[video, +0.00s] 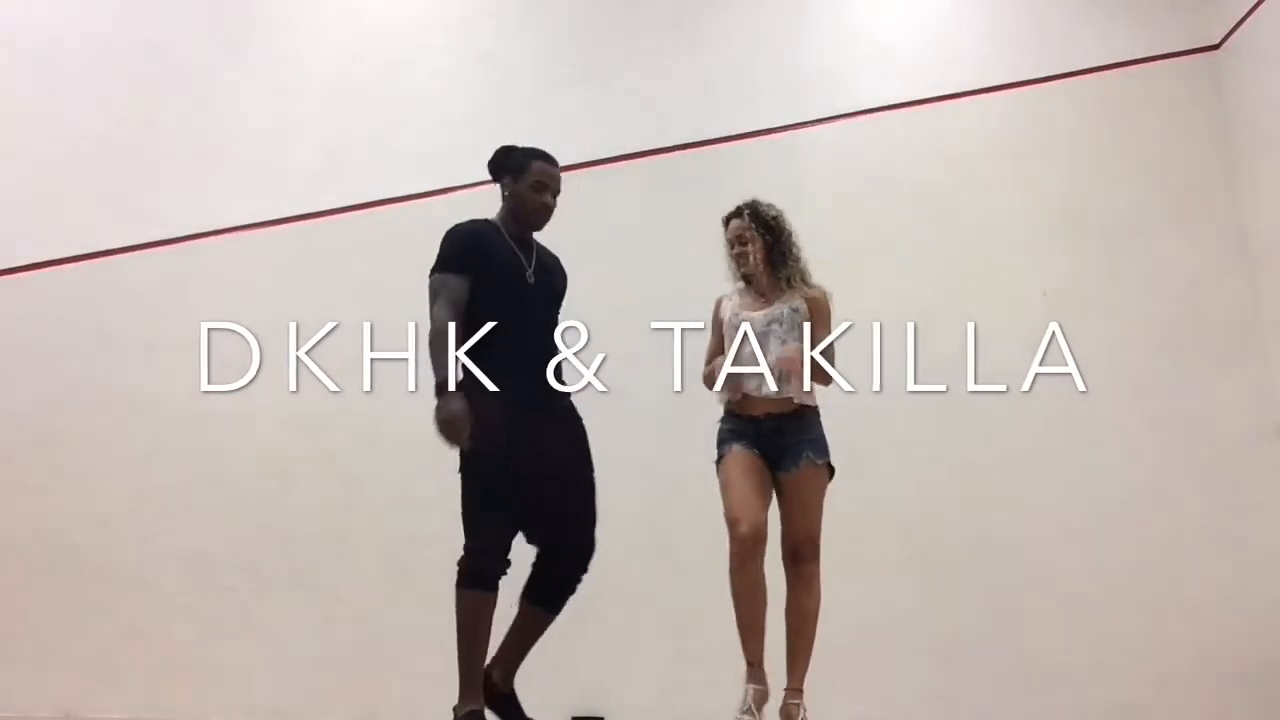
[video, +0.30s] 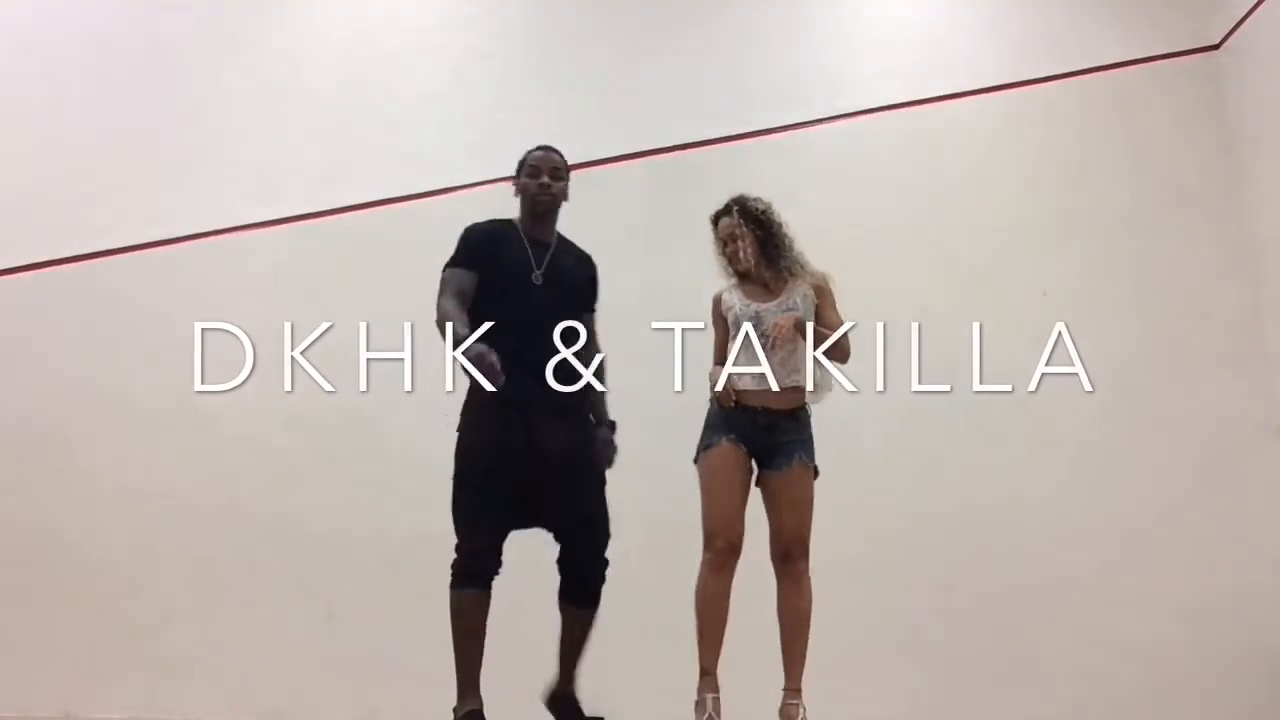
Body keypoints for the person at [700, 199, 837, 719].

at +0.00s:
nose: (740, 250)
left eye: (747, 240)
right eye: (734, 243)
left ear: (771, 240)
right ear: (729, 250)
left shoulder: (810, 300)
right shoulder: (726, 305)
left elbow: (827, 375)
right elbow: (708, 376)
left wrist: (801, 365)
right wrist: (727, 369)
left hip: (798, 430)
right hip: (740, 431)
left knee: (801, 556)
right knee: (745, 533)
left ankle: (794, 695)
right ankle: (755, 678)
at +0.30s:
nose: (734, 247)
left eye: (740, 236)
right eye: (726, 241)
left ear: (764, 233)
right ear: (722, 249)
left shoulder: (810, 286)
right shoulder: (725, 300)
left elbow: (841, 353)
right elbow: (718, 369)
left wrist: (803, 332)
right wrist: (717, 401)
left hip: (789, 428)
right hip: (728, 425)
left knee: (790, 556)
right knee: (720, 550)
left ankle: (793, 693)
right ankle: (707, 683)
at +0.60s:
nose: (721, 246)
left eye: (727, 235)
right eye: (712, 240)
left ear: (750, 233)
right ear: (706, 248)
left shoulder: (793, 294)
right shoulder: (706, 299)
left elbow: (821, 359)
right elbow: (687, 368)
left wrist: (798, 344)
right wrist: (700, 371)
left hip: (767, 433)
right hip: (707, 428)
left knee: (777, 554)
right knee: (703, 551)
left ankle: (777, 694)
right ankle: (705, 691)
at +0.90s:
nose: (728, 234)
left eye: (737, 224)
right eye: (719, 226)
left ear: (756, 228)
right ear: (710, 234)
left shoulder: (781, 290)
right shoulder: (697, 290)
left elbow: (799, 355)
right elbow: (683, 366)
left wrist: (794, 366)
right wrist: (708, 336)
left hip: (767, 427)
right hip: (707, 424)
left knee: (786, 543)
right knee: (704, 552)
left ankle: (774, 682)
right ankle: (703, 689)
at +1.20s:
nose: (753, 229)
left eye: (762, 221)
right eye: (743, 221)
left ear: (777, 230)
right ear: (729, 230)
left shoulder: (795, 292)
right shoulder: (710, 288)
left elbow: (807, 360)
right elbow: (682, 356)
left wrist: (807, 371)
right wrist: (724, 324)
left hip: (794, 426)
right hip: (733, 425)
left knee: (801, 556)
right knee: (728, 553)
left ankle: (806, 694)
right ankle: (711, 690)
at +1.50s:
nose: (770, 233)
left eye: (780, 226)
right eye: (761, 226)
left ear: (797, 236)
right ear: (747, 236)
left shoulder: (814, 296)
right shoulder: (727, 299)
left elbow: (847, 371)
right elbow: (709, 374)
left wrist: (824, 358)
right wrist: (734, 352)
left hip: (810, 428)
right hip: (751, 433)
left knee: (815, 559)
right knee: (759, 546)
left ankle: (811, 694)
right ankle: (775, 691)